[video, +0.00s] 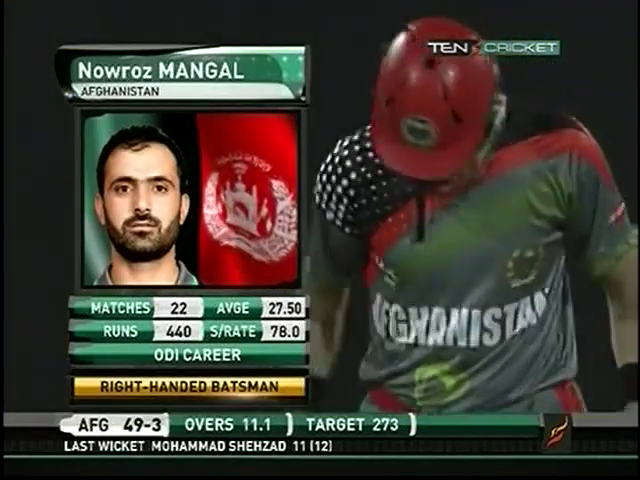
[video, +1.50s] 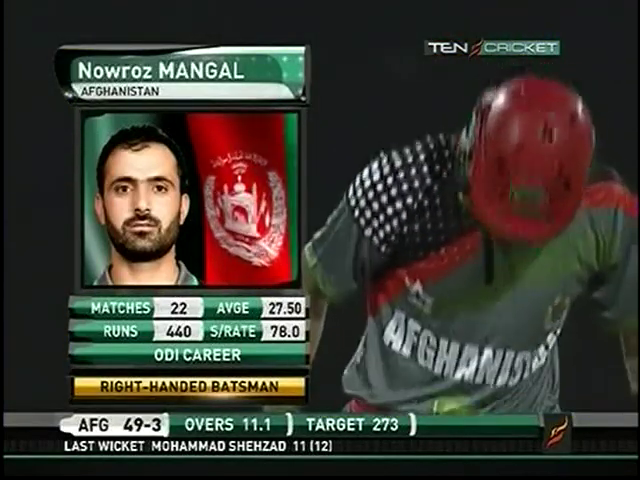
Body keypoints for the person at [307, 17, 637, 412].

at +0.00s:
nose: (433, 182)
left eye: (448, 167)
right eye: (418, 167)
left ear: (489, 125)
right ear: (388, 128)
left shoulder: (565, 158)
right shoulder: (352, 174)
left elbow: (626, 293)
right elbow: (322, 308)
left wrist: (633, 397)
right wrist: (306, 412)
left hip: (535, 422)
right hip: (398, 427)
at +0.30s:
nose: (491, 215)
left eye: (511, 204)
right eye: (474, 199)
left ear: (553, 154)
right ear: (443, 141)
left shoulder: (596, 190)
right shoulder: (386, 190)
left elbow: (629, 327)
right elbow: (322, 316)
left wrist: (638, 427)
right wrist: (293, 425)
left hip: (541, 437)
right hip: (402, 438)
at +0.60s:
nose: (525, 225)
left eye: (544, 212)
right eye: (510, 207)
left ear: (588, 170)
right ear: (479, 148)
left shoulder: (620, 202)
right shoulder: (410, 186)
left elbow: (633, 320)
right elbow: (330, 300)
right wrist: (309, 416)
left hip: (547, 431)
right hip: (417, 428)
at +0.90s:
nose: (521, 226)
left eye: (541, 213)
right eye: (506, 209)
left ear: (583, 172)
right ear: (477, 154)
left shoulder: (616, 202)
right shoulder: (405, 189)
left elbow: (630, 312)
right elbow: (327, 302)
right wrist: (307, 411)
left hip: (543, 420)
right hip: (418, 418)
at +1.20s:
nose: (498, 271)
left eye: (518, 261)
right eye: (485, 254)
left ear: (566, 212)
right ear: (460, 192)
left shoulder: (611, 225)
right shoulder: (391, 209)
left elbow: (628, 324)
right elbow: (318, 309)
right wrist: (291, 414)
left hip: (532, 425)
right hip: (403, 420)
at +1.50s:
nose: (518, 234)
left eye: (536, 221)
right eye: (505, 215)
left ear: (575, 183)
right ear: (473, 163)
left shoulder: (607, 214)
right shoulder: (398, 189)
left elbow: (634, 338)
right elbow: (312, 291)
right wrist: (278, 412)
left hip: (524, 438)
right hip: (390, 434)